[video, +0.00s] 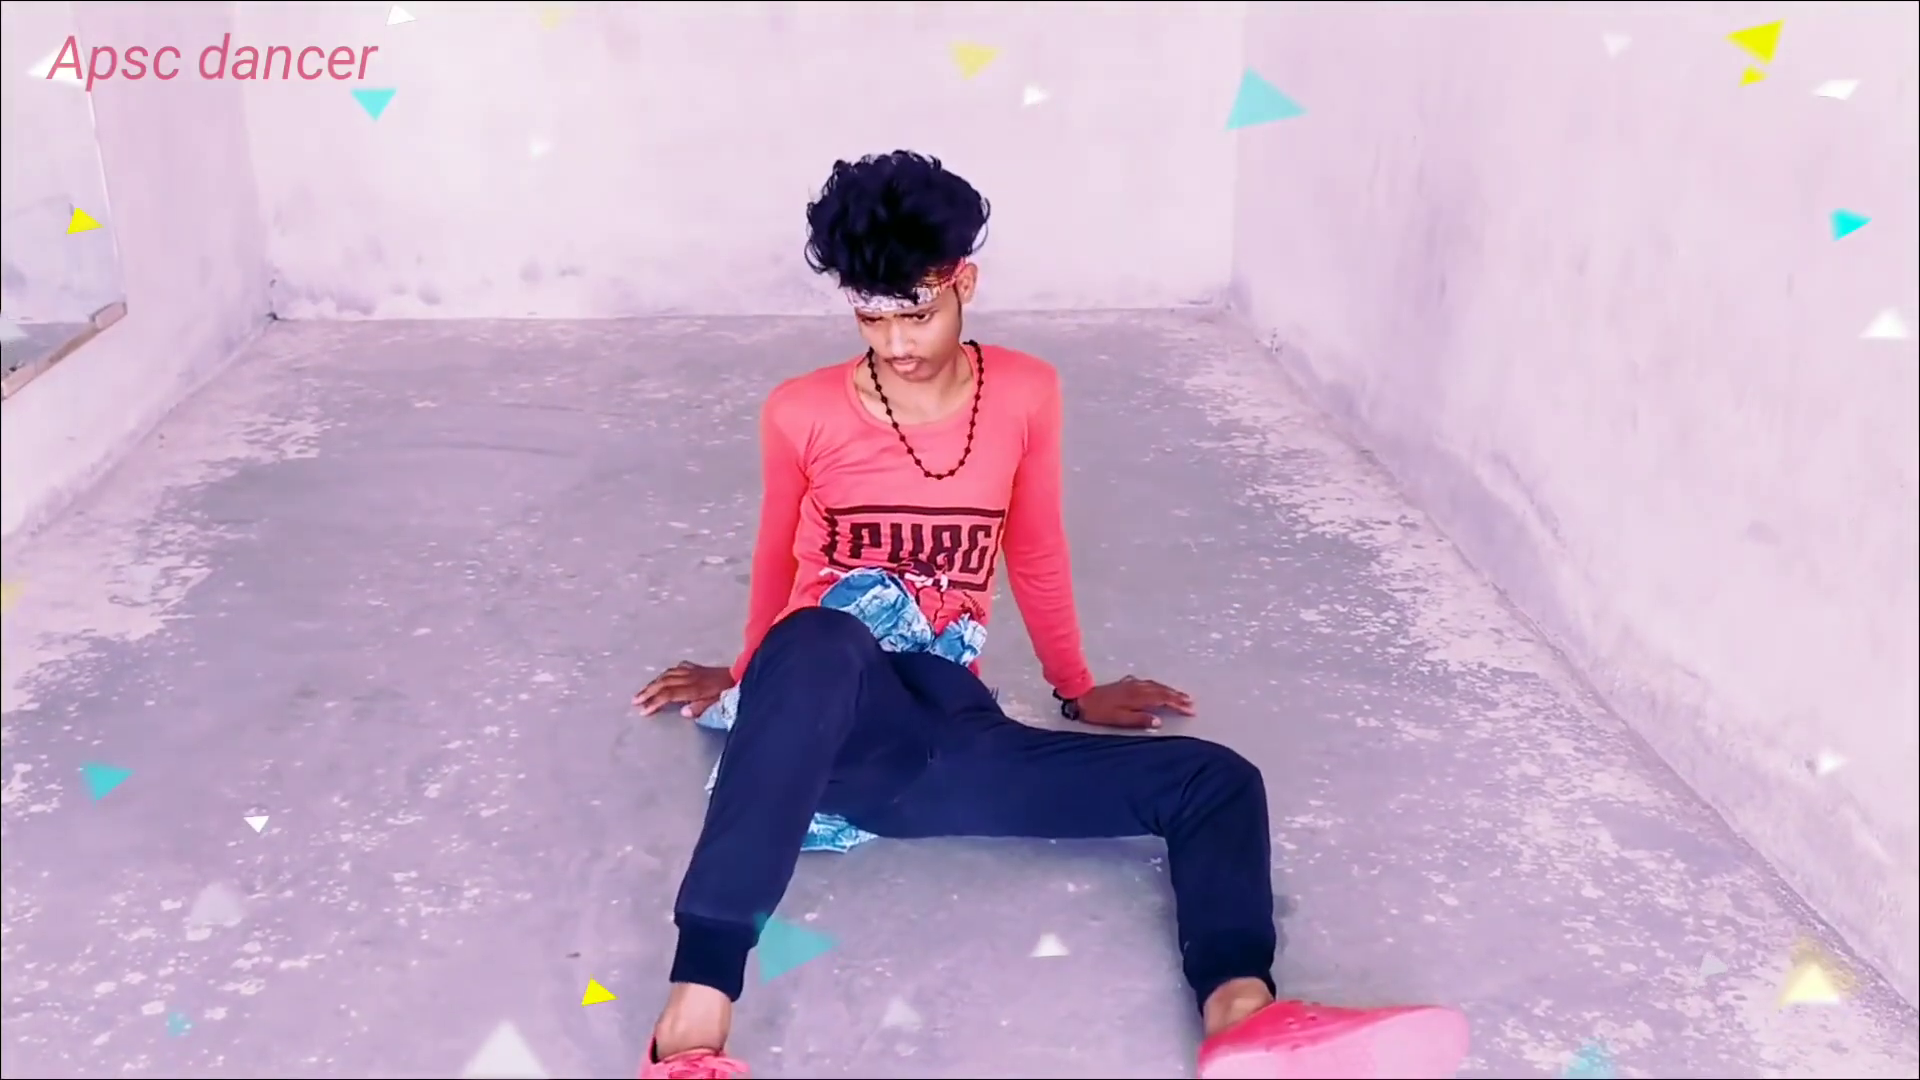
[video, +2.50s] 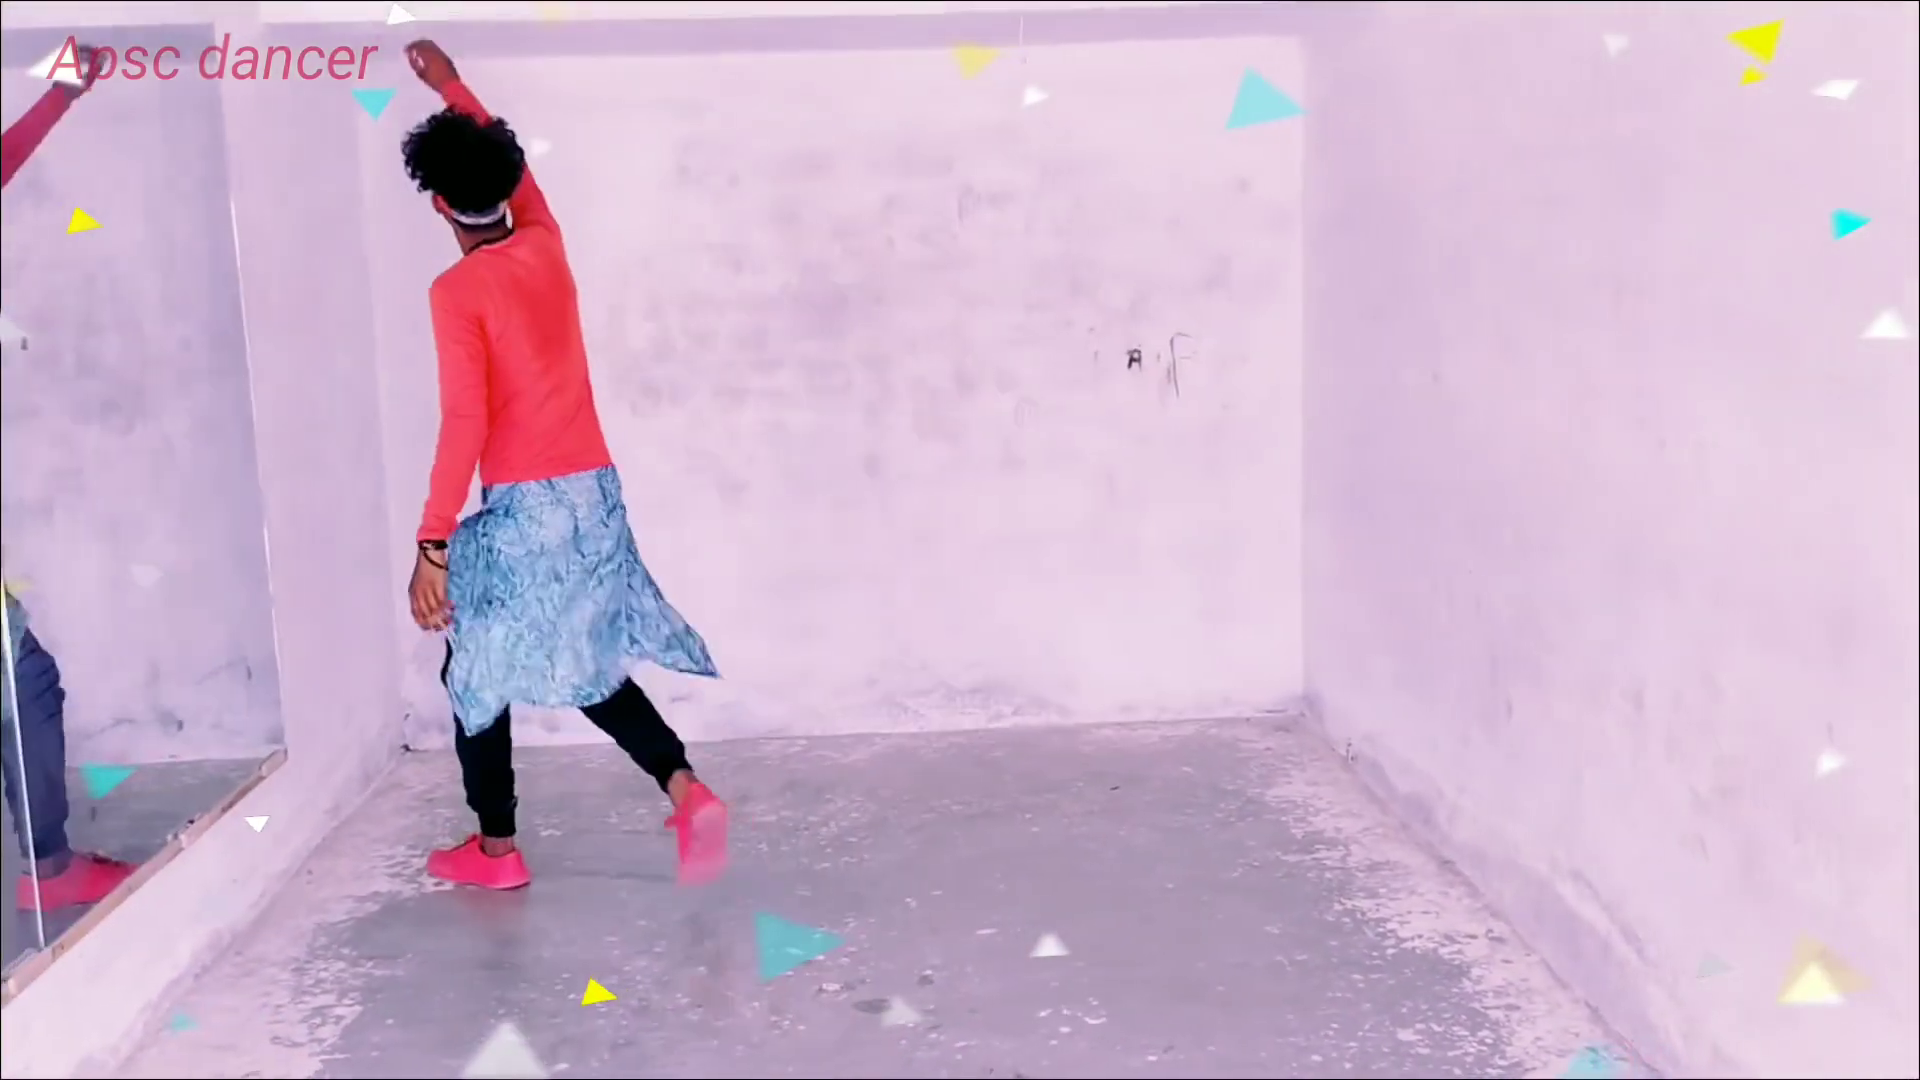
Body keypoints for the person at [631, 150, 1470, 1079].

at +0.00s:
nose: (892, 337)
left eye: (913, 307)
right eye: (869, 310)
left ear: (964, 281)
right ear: (846, 296)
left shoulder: (1023, 394)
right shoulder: (800, 413)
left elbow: (1037, 558)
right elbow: (776, 563)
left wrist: (1078, 694)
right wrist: (740, 683)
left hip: (958, 741)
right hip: (829, 724)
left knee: (1213, 778)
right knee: (825, 632)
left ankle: (1240, 1016)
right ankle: (692, 1025)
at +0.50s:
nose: (1118, 400)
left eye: (1151, 391)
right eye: (1125, 362)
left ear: (1179, 389)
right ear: (1108, 288)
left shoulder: (1101, 430)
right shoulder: (948, 332)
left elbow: (1072, 584)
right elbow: (747, 399)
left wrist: (1095, 710)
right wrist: (678, 598)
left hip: (957, 677)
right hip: (842, 652)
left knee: (1183, 590)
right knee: (795, 646)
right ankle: (762, 904)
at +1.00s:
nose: (1112, 197)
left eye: (1129, 176)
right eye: (1130, 171)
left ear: (1061, 105)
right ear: (1110, 134)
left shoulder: (959, 211)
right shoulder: (940, 171)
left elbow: (909, 408)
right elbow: (825, 377)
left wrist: (929, 580)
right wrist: (882, 602)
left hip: (758, 470)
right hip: (662, 493)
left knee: (1010, 561)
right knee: (923, 732)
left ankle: (951, 890)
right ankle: (681, 964)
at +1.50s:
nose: (702, 106)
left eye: (688, 90)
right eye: (782, 91)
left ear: (686, 103)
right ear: (793, 107)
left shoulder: (607, 217)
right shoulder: (820, 241)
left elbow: (534, 402)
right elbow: (827, 428)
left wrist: (469, 575)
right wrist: (835, 616)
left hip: (562, 570)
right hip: (702, 576)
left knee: (611, 811)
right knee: (748, 878)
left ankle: (642, 1048)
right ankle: (730, 1069)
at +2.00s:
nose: (608, 201)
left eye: (608, 189)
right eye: (621, 190)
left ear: (613, 197)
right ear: (695, 203)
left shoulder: (571, 295)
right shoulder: (728, 311)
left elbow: (541, 442)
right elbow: (757, 476)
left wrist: (521, 576)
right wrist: (791, 601)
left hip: (606, 574)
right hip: (706, 565)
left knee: (605, 786)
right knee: (711, 761)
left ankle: (710, 944)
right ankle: (759, 949)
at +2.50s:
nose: (427, 205)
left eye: (430, 194)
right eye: (433, 192)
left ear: (442, 204)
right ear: (511, 189)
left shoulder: (460, 291)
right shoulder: (547, 248)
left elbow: (465, 423)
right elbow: (510, 164)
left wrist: (433, 544)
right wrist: (452, 88)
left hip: (518, 511)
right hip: (592, 496)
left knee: (471, 671)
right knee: (585, 661)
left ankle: (497, 847)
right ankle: (689, 792)